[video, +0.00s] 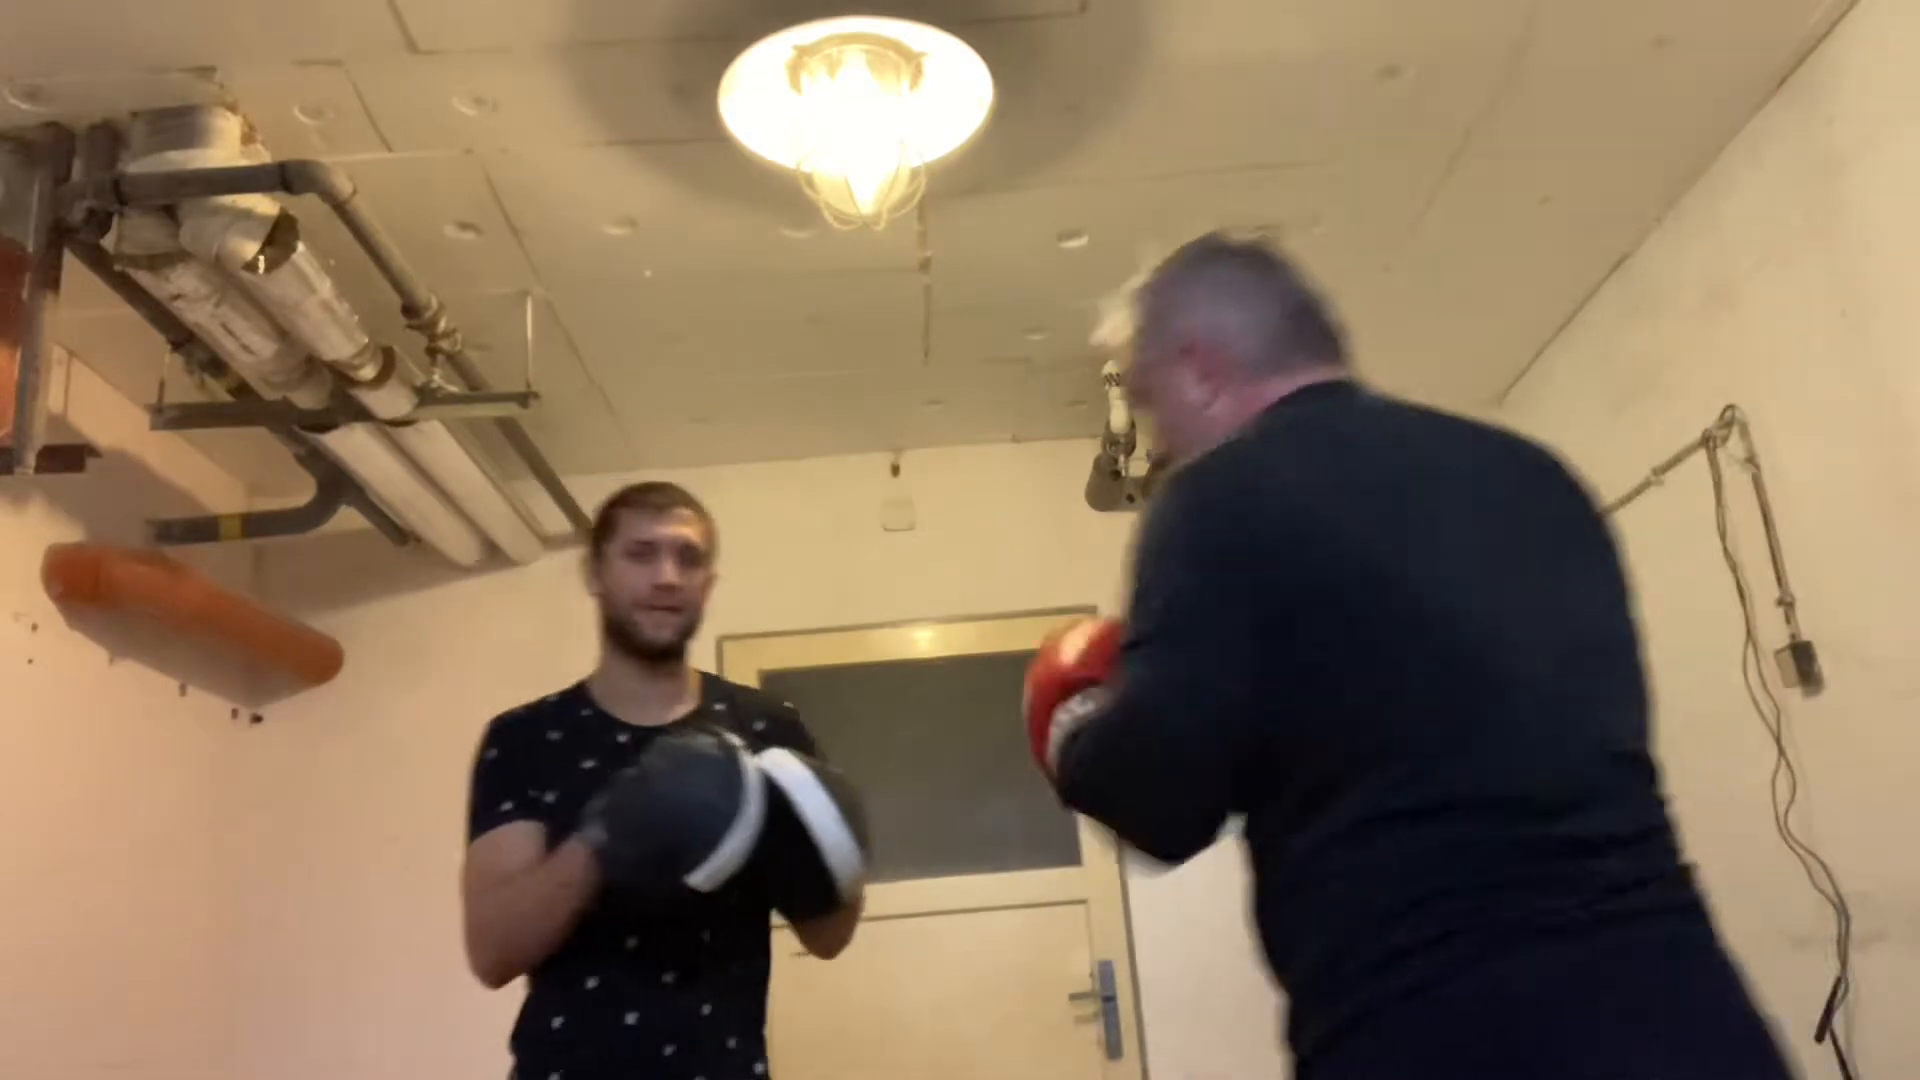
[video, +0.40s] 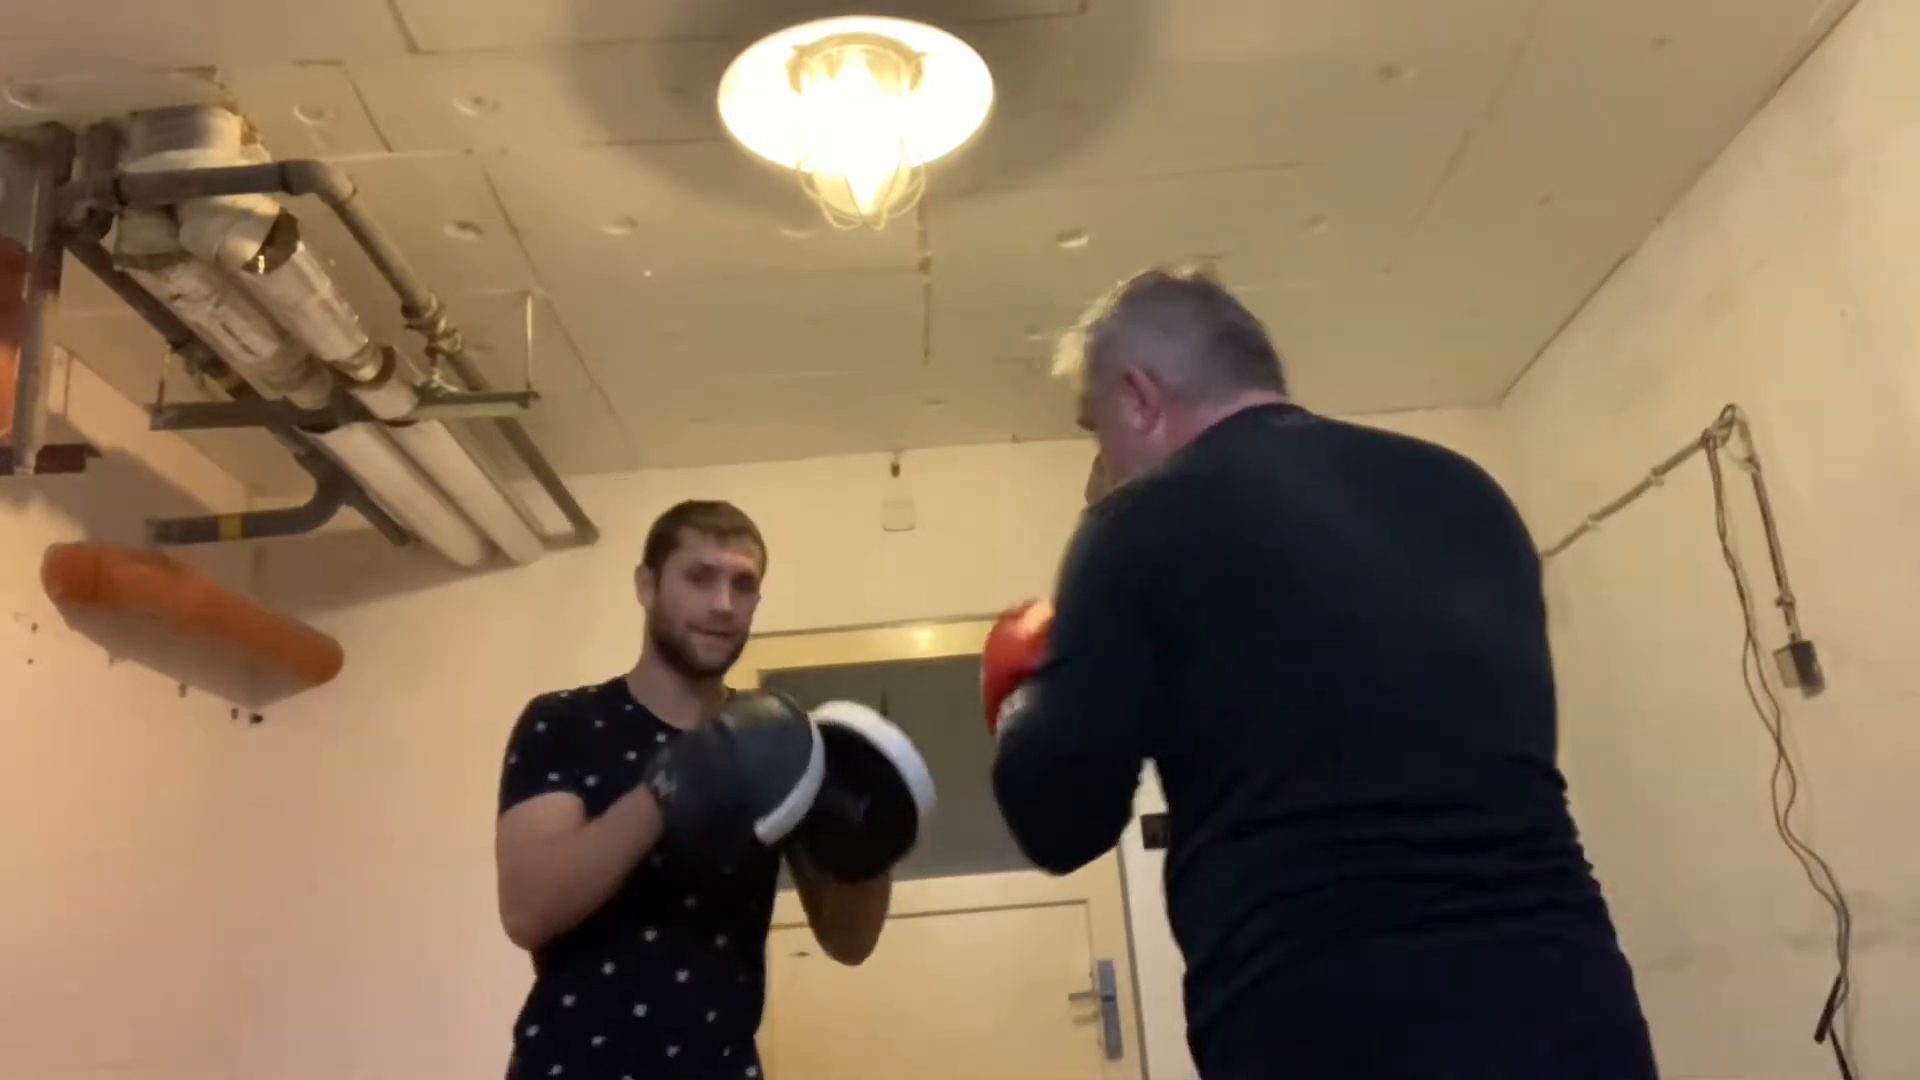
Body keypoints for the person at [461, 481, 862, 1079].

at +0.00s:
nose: (667, 578)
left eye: (688, 559)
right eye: (641, 555)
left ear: (710, 582)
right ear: (595, 574)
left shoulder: (767, 730)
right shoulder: (526, 743)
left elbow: (827, 936)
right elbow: (492, 950)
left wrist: (808, 838)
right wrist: (607, 836)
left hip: (723, 1061)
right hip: (574, 1062)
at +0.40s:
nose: (725, 605)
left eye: (744, 586)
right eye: (700, 578)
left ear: (757, 603)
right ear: (647, 587)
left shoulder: (768, 745)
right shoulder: (562, 726)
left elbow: (850, 941)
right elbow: (530, 910)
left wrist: (859, 826)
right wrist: (671, 786)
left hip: (720, 1060)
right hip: (580, 1058)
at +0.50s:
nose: (709, 613)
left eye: (724, 594)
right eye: (684, 587)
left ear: (737, 607)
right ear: (626, 592)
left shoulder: (740, 742)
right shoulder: (540, 730)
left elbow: (843, 924)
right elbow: (520, 902)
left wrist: (849, 793)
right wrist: (659, 758)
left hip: (704, 1059)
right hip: (563, 1059)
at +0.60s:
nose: (678, 624)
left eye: (691, 604)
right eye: (654, 599)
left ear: (704, 611)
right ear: (590, 602)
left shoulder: (704, 744)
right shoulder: (506, 735)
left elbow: (826, 895)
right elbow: (502, 885)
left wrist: (822, 760)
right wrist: (619, 733)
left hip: (679, 1060)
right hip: (539, 1060)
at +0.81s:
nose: (544, 635)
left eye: (559, 618)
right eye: (528, 616)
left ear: (583, 628)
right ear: (479, 625)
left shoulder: (605, 760)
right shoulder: (393, 754)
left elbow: (750, 827)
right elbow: (430, 835)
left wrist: (736, 690)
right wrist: (537, 657)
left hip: (584, 1061)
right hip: (444, 1063)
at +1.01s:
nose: (473, 630)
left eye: (485, 612)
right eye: (455, 608)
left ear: (505, 623)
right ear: (395, 622)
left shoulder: (529, 755)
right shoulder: (308, 755)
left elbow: (675, 819)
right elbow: (342, 835)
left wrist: (659, 682)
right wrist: (444, 657)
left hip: (511, 1062)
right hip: (365, 1064)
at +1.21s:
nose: (428, 646)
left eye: (444, 621)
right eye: (408, 622)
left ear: (470, 634)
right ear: (354, 634)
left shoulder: (504, 755)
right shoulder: (277, 771)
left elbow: (643, 837)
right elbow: (304, 857)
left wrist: (653, 696)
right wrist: (386, 665)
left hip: (495, 1064)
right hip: (346, 1066)